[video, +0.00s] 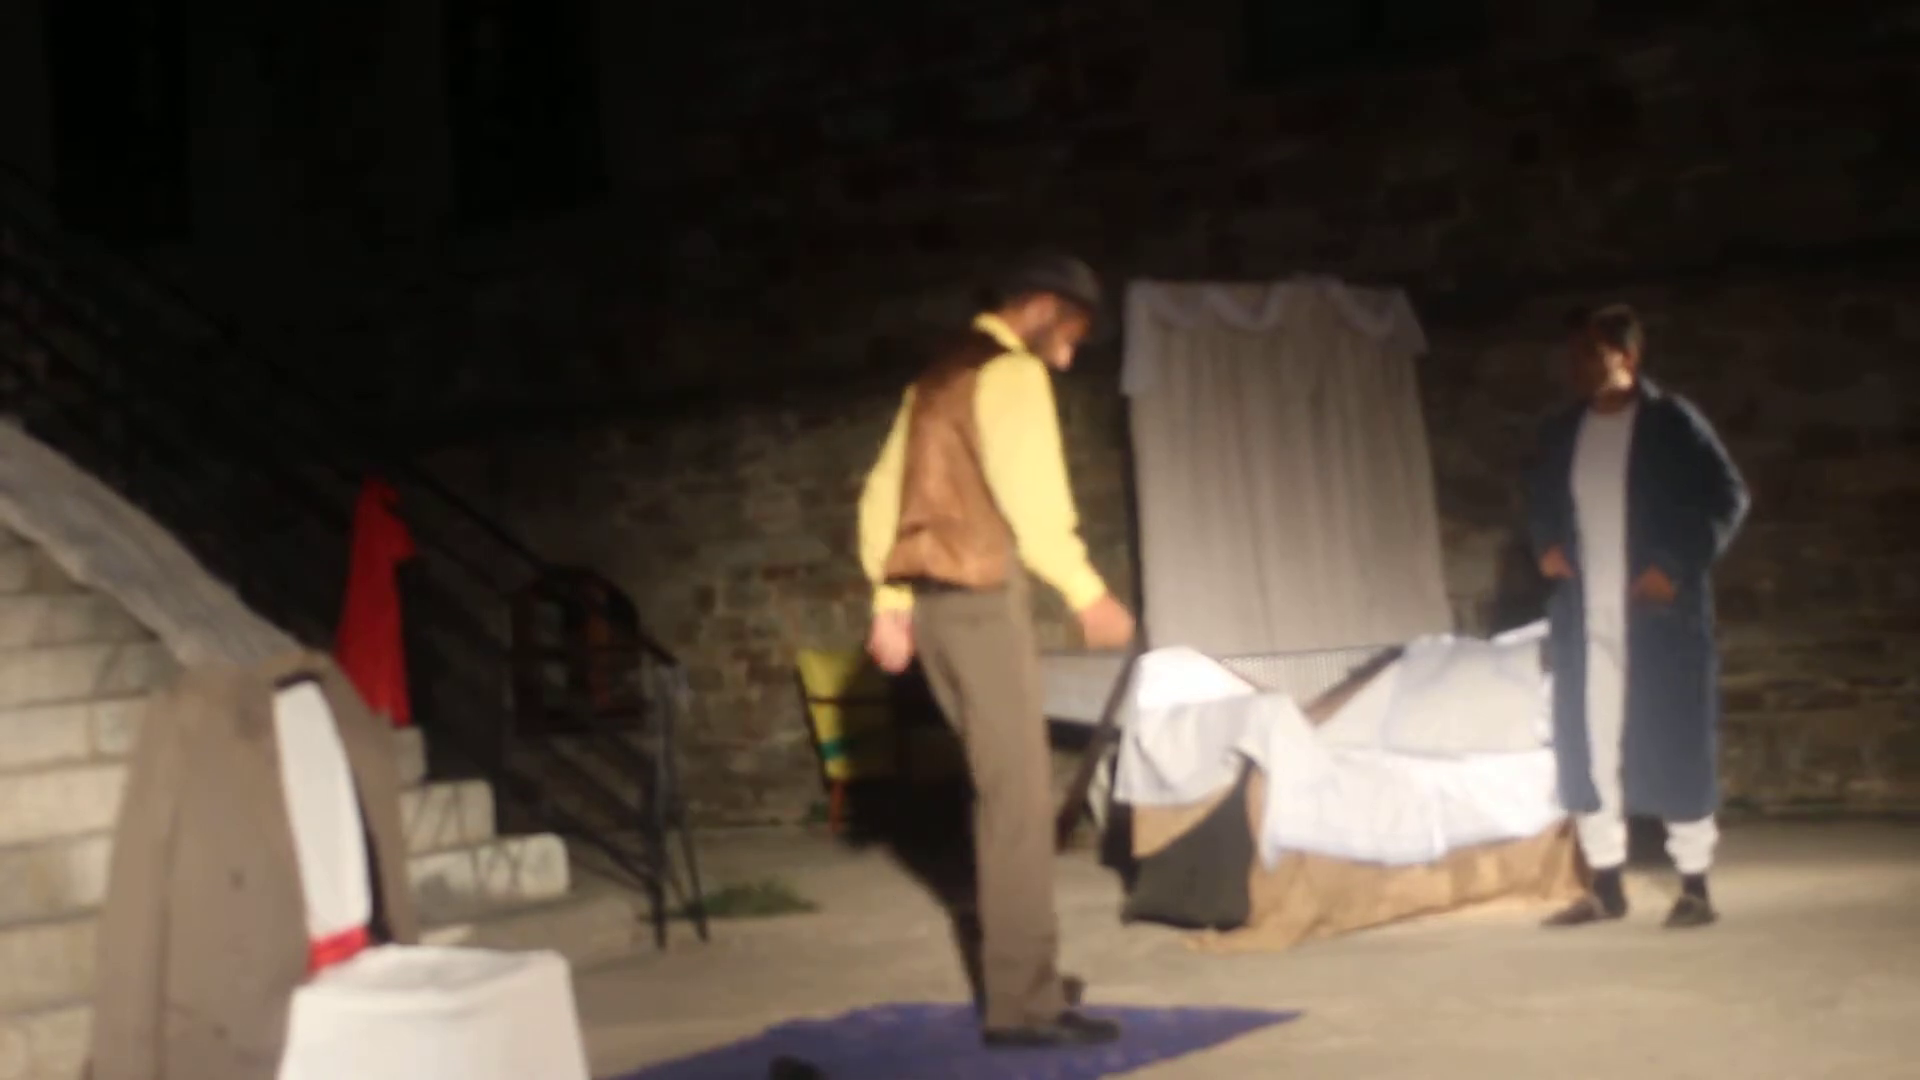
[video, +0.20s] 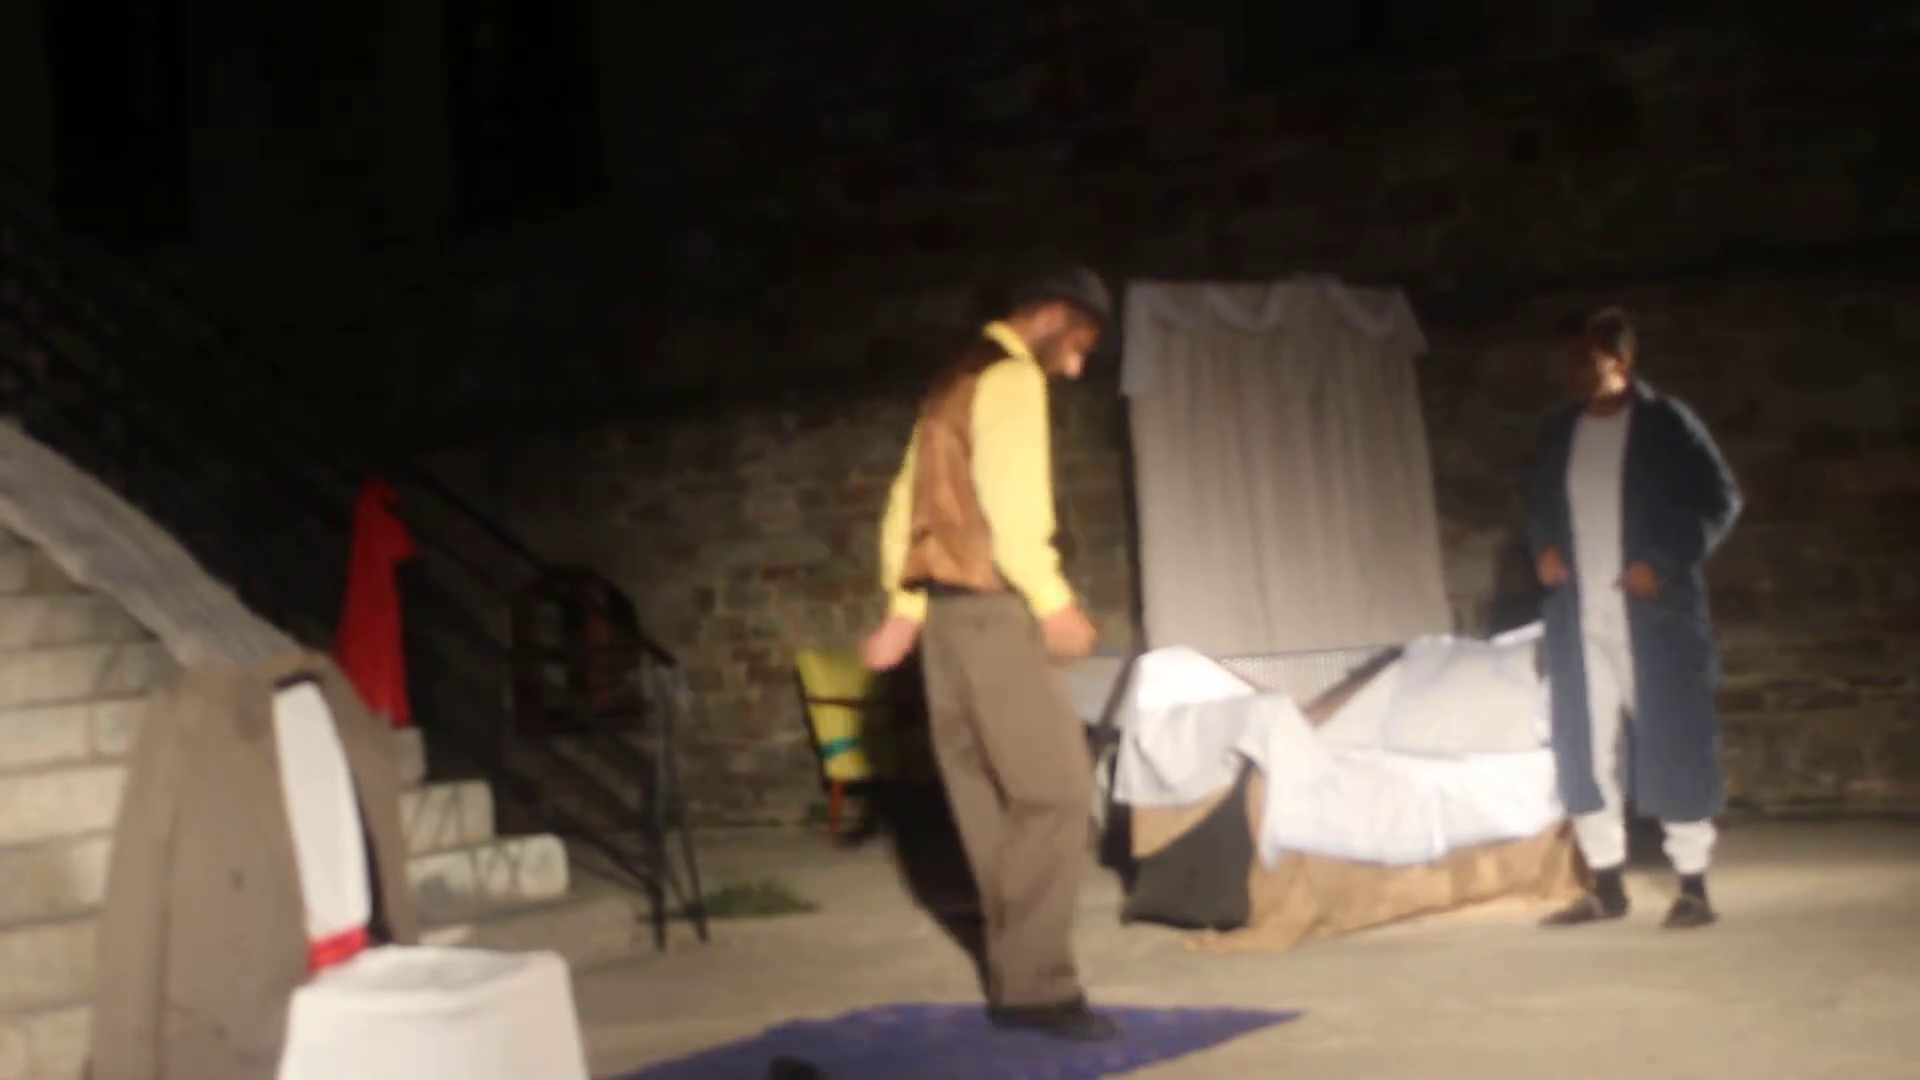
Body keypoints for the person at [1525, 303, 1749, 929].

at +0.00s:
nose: (1588, 368)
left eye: (1599, 356)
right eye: (1581, 357)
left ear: (1629, 357)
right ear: (1572, 363)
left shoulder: (1672, 421)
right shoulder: (1558, 431)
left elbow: (1727, 500)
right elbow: (1537, 494)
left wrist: (1675, 567)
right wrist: (1547, 541)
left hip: (1663, 622)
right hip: (1586, 624)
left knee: (1678, 743)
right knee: (1586, 745)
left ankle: (1694, 886)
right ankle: (1605, 886)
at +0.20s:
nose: (1585, 374)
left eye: (1596, 362)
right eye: (1577, 363)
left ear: (1624, 361)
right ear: (1568, 367)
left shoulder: (1666, 422)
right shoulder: (1555, 433)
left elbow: (1720, 501)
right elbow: (1538, 501)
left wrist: (1665, 564)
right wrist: (1545, 547)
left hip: (1658, 622)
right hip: (1581, 625)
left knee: (1675, 742)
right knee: (1585, 745)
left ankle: (1692, 886)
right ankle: (1606, 886)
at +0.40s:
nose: (1572, 376)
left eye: (1583, 364)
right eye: (1565, 365)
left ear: (1610, 364)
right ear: (1557, 369)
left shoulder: (1650, 424)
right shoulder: (1543, 437)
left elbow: (1702, 504)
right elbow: (1522, 506)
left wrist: (1645, 565)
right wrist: (1530, 548)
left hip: (1641, 621)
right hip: (1568, 623)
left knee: (1663, 744)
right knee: (1584, 749)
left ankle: (1690, 885)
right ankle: (1605, 888)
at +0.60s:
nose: (1568, 374)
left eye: (1579, 362)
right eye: (1561, 363)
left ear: (1607, 361)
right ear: (1552, 368)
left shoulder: (1646, 423)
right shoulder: (1537, 437)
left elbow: (1703, 500)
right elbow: (1516, 507)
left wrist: (1635, 549)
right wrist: (1525, 541)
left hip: (1634, 615)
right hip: (1562, 617)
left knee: (1651, 738)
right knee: (1578, 742)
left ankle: (1687, 884)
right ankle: (1605, 887)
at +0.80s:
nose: (1572, 370)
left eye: (1583, 358)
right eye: (1565, 358)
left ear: (1612, 360)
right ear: (1555, 365)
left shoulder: (1649, 422)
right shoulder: (1539, 435)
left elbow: (1705, 500)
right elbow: (1514, 508)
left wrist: (1635, 546)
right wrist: (1526, 541)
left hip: (1638, 618)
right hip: (1566, 619)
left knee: (1658, 740)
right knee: (1579, 743)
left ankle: (1686, 886)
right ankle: (1604, 887)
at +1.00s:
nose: (1572, 370)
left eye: (1583, 358)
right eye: (1565, 359)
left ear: (1614, 358)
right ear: (1555, 365)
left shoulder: (1653, 423)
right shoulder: (1542, 433)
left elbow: (1705, 502)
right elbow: (1518, 503)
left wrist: (1637, 554)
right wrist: (1536, 544)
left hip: (1640, 615)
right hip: (1567, 615)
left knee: (1660, 740)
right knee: (1578, 740)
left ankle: (1686, 886)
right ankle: (1604, 887)